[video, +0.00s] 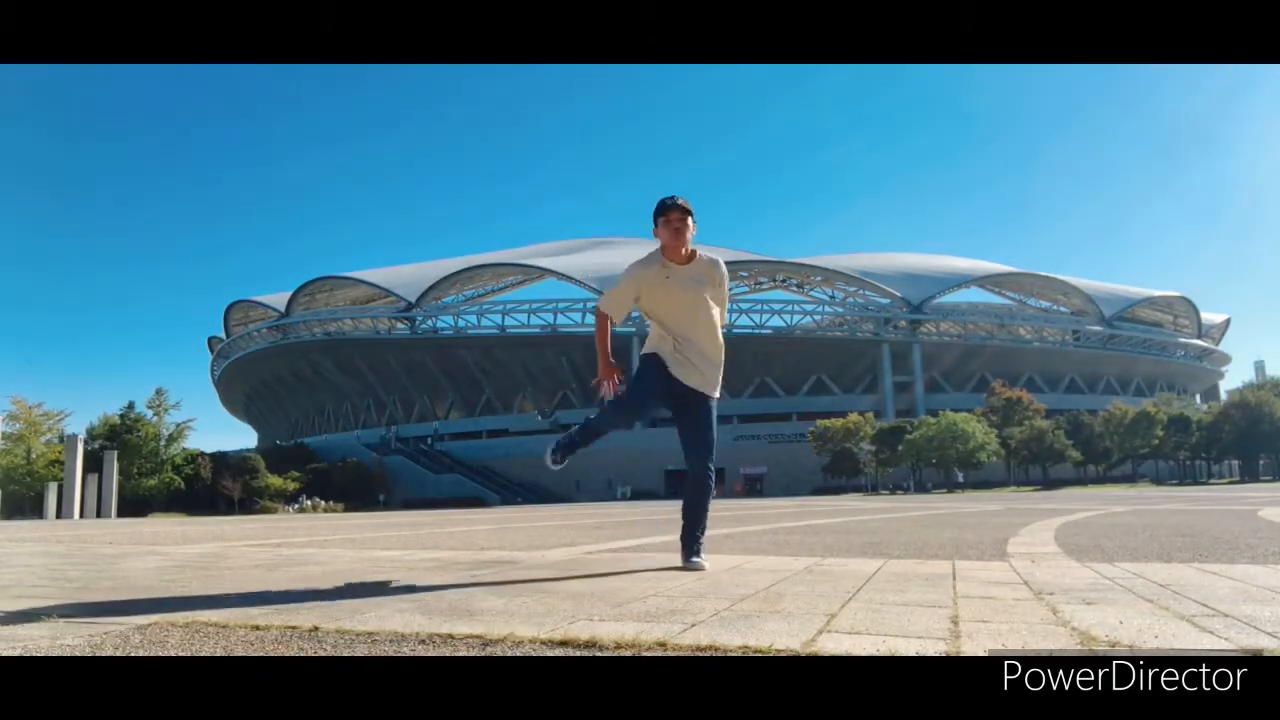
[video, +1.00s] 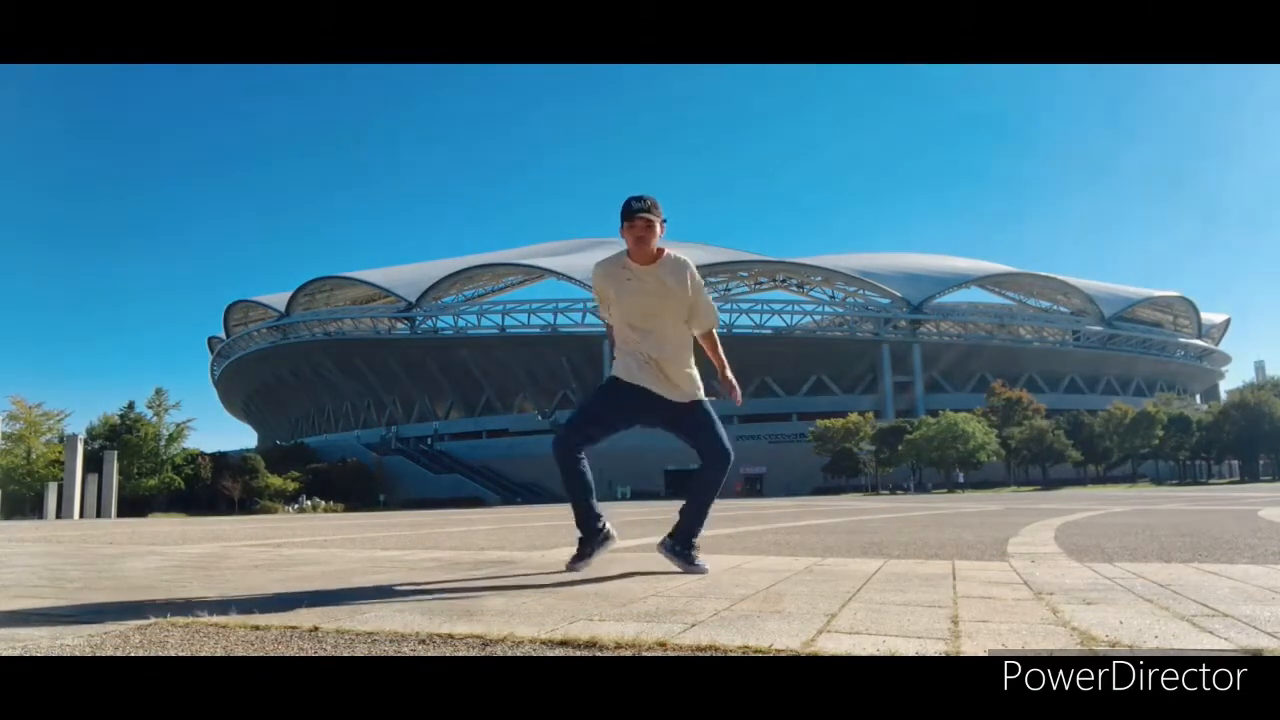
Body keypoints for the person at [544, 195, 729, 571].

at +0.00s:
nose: (677, 230)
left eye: (683, 223)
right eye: (669, 224)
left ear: (694, 228)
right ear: (656, 230)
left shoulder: (715, 270)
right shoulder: (643, 273)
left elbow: (719, 319)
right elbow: (605, 311)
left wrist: (700, 355)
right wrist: (604, 362)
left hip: (702, 378)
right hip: (661, 362)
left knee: (702, 468)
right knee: (629, 410)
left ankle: (692, 548)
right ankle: (572, 442)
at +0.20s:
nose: (684, 233)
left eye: (690, 227)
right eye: (677, 227)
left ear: (699, 233)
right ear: (664, 232)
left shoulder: (713, 275)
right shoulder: (640, 273)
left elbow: (731, 323)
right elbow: (631, 319)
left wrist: (707, 351)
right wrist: (649, 352)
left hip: (701, 363)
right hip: (655, 364)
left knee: (704, 451)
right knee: (664, 442)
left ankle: (695, 544)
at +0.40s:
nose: (682, 239)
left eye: (688, 233)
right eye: (674, 233)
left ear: (696, 239)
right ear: (661, 239)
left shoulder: (714, 283)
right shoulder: (639, 281)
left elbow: (745, 328)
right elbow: (606, 321)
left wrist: (754, 370)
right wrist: (608, 368)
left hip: (705, 379)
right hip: (659, 368)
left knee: (707, 467)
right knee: (681, 391)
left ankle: (685, 546)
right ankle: (742, 465)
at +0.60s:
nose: (673, 219)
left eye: (679, 212)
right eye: (665, 213)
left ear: (690, 218)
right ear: (653, 220)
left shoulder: (712, 263)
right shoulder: (636, 260)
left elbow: (743, 303)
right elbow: (600, 293)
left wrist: (760, 342)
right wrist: (585, 322)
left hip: (694, 365)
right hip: (655, 354)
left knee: (703, 461)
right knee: (646, 352)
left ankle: (697, 545)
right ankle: (648, 453)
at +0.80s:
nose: (665, 205)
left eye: (671, 198)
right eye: (657, 198)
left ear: (681, 204)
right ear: (643, 204)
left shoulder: (699, 251)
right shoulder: (623, 249)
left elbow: (723, 302)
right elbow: (611, 303)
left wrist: (748, 340)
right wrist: (615, 352)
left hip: (682, 359)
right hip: (636, 353)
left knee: (691, 450)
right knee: (626, 428)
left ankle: (692, 532)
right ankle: (612, 467)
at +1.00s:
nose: (641, 232)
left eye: (649, 225)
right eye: (634, 226)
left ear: (662, 230)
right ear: (623, 231)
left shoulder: (682, 271)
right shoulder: (605, 272)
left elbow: (704, 329)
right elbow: (612, 325)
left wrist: (725, 371)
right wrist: (625, 362)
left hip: (680, 391)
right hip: (627, 386)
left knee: (720, 455)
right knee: (567, 443)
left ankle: (681, 540)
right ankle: (593, 531)